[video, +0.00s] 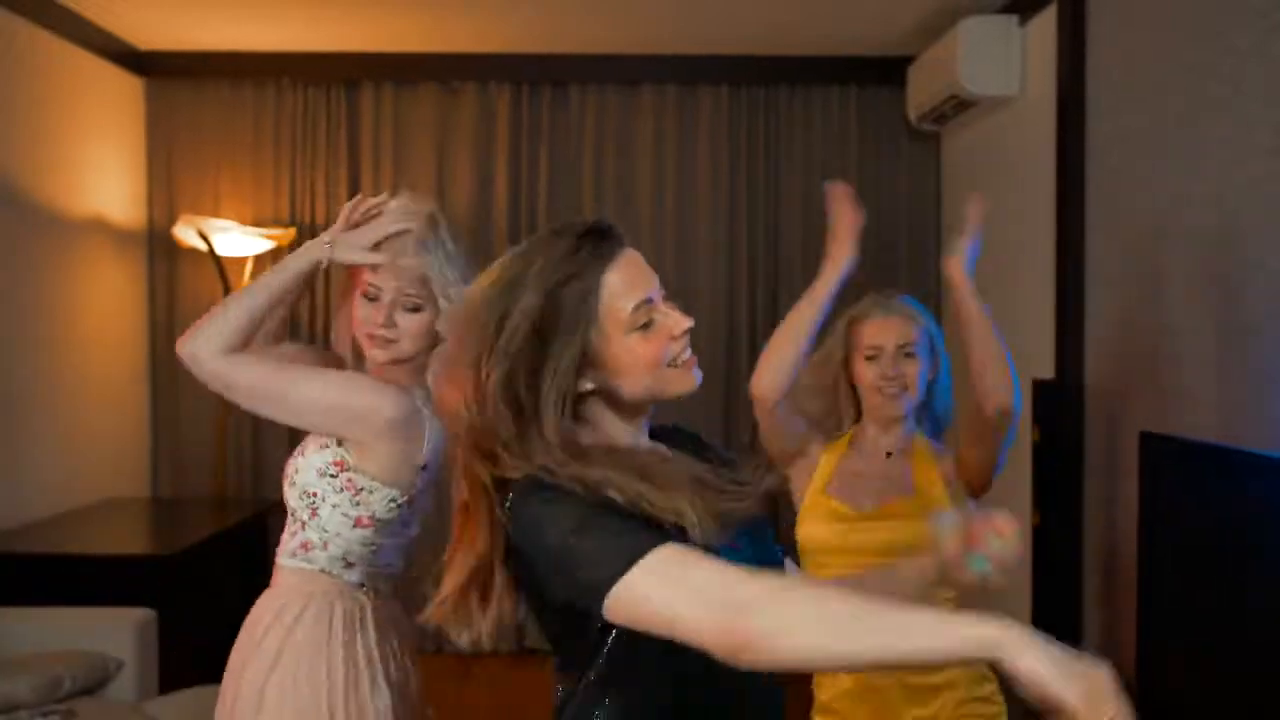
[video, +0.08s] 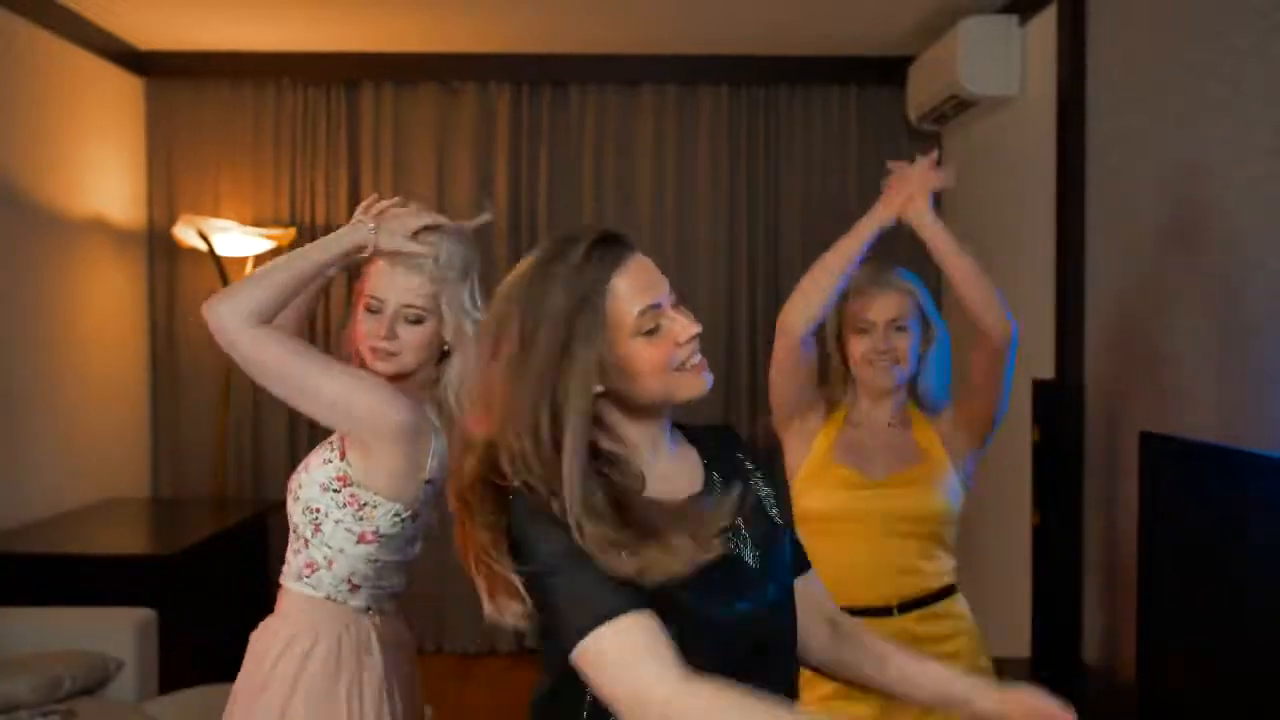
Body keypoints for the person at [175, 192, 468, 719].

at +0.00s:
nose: (382, 321)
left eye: (411, 306)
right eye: (371, 296)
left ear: (445, 321)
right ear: (352, 298)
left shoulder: (391, 410)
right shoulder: (395, 398)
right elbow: (247, 351)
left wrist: (315, 251)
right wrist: (315, 254)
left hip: (322, 627)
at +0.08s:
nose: (385, 334)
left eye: (413, 319)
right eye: (373, 309)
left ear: (450, 333)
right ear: (356, 307)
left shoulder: (394, 419)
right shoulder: (404, 412)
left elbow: (227, 315)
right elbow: (274, 337)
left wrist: (351, 238)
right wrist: (344, 245)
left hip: (326, 653)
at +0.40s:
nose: (397, 313)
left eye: (430, 301)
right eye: (392, 292)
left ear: (476, 322)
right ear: (377, 293)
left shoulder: (409, 410)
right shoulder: (416, 407)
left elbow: (259, 286)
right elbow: (271, 353)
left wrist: (420, 207)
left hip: (324, 635)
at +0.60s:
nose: (378, 332)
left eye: (409, 318)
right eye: (374, 312)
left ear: (458, 339)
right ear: (362, 316)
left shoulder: (412, 445)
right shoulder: (407, 419)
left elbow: (207, 410)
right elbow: (287, 361)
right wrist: (357, 282)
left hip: (335, 663)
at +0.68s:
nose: (367, 309)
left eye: (398, 294)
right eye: (364, 290)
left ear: (449, 313)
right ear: (355, 293)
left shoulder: (400, 413)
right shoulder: (418, 401)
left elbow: (199, 366)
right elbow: (283, 347)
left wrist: (301, 263)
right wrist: (355, 275)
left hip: (328, 647)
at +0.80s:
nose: (358, 284)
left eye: (390, 269)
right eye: (357, 266)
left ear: (441, 290)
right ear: (349, 267)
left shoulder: (389, 379)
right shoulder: (406, 389)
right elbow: (271, 379)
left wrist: (303, 206)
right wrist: (347, 293)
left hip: (321, 631)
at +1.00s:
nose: (342, 306)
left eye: (373, 292)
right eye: (344, 286)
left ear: (426, 311)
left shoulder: (386, 402)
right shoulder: (370, 422)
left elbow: (226, 267)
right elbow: (246, 425)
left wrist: (341, 206)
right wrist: (301, 309)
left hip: (314, 668)